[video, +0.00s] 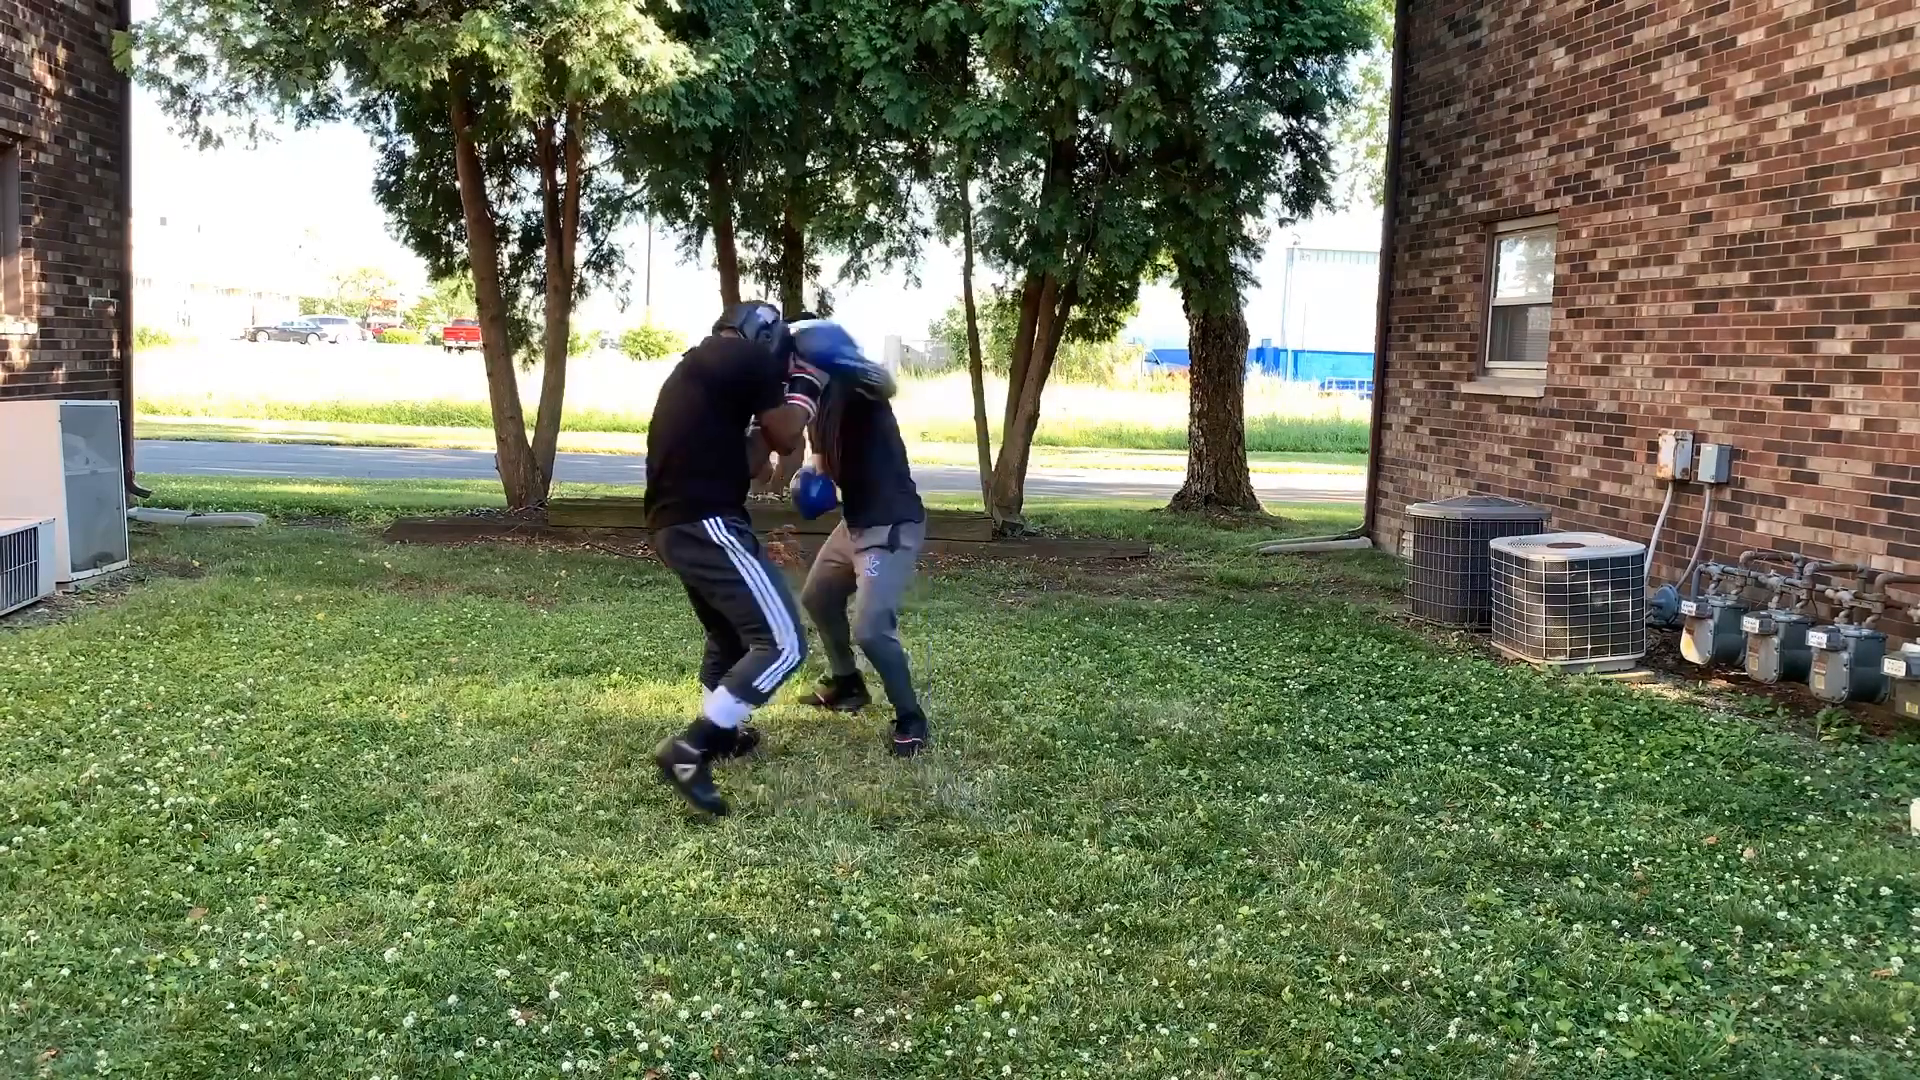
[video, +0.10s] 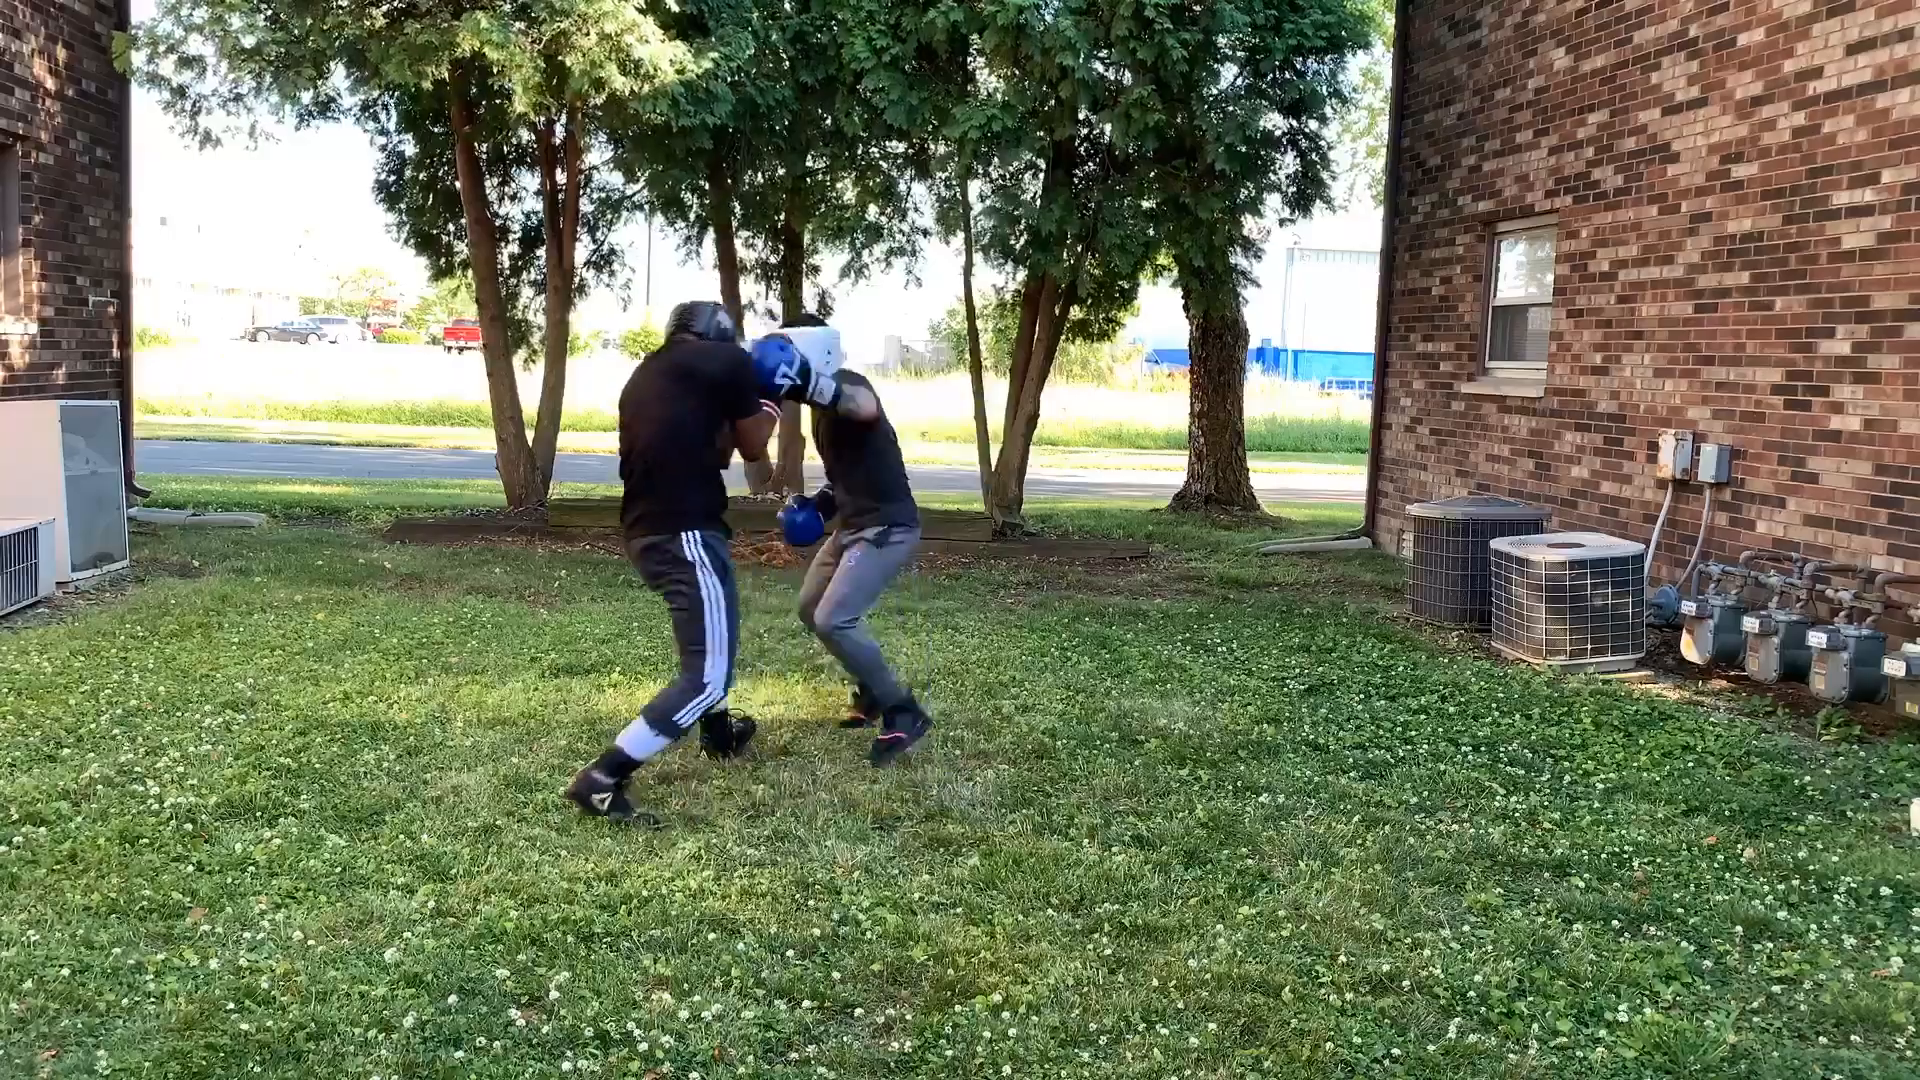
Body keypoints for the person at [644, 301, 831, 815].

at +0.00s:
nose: (779, 357)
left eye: (780, 350)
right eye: (778, 348)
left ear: (728, 331)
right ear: (766, 335)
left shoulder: (696, 365)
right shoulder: (751, 354)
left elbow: (740, 469)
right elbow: (788, 439)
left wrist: (774, 420)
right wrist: (805, 385)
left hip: (676, 521)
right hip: (708, 521)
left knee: (727, 636)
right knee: (784, 646)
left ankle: (723, 730)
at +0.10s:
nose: (736, 347)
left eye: (734, 340)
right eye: (735, 339)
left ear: (680, 332)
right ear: (720, 332)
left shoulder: (645, 374)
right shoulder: (725, 360)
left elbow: (699, 454)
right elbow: (755, 447)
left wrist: (747, 408)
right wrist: (768, 404)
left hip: (650, 533)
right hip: (687, 534)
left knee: (712, 628)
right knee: (708, 678)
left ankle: (718, 730)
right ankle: (602, 779)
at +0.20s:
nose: (703, 343)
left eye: (701, 334)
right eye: (700, 336)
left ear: (644, 334)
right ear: (689, 333)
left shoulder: (606, 381)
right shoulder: (695, 364)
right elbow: (738, 450)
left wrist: (707, 369)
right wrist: (740, 379)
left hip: (605, 545)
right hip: (658, 543)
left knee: (668, 632)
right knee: (678, 687)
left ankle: (703, 728)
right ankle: (592, 791)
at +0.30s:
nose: (683, 339)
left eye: (683, 330)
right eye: (681, 331)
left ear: (626, 324)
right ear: (668, 325)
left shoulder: (584, 363)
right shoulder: (668, 355)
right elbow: (697, 442)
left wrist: (685, 370)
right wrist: (706, 380)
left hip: (575, 535)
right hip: (626, 532)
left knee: (631, 635)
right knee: (658, 673)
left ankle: (635, 730)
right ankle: (589, 792)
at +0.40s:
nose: (631, 316)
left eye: (631, 308)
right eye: (630, 307)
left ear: (577, 299)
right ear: (619, 304)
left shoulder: (558, 342)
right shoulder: (604, 342)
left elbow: (635, 413)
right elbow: (675, 405)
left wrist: (654, 342)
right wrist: (671, 330)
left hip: (548, 519)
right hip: (587, 520)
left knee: (592, 626)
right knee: (635, 662)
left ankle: (536, 728)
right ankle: (586, 790)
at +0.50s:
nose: (589, 312)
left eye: (591, 299)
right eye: (586, 299)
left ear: (537, 294)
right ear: (567, 300)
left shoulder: (515, 341)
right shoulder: (538, 349)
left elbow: (610, 389)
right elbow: (618, 399)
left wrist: (635, 314)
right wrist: (627, 318)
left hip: (520, 516)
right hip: (540, 519)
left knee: (544, 634)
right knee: (597, 651)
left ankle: (450, 726)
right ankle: (576, 786)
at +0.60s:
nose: (547, 305)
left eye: (549, 296)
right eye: (540, 294)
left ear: (527, 297)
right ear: (511, 291)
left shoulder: (517, 341)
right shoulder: (466, 353)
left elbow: (603, 387)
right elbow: (537, 425)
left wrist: (611, 320)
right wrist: (550, 350)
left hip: (516, 517)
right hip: (479, 519)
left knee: (497, 644)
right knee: (540, 641)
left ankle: (429, 749)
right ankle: (554, 779)